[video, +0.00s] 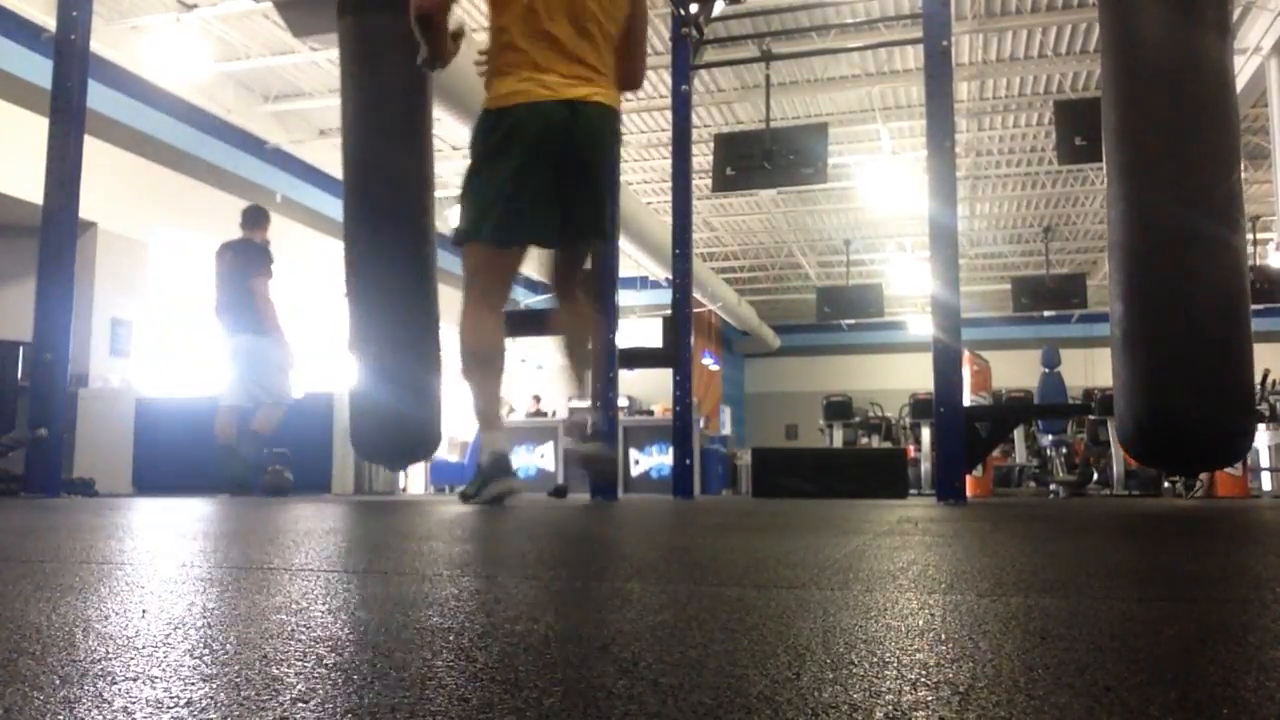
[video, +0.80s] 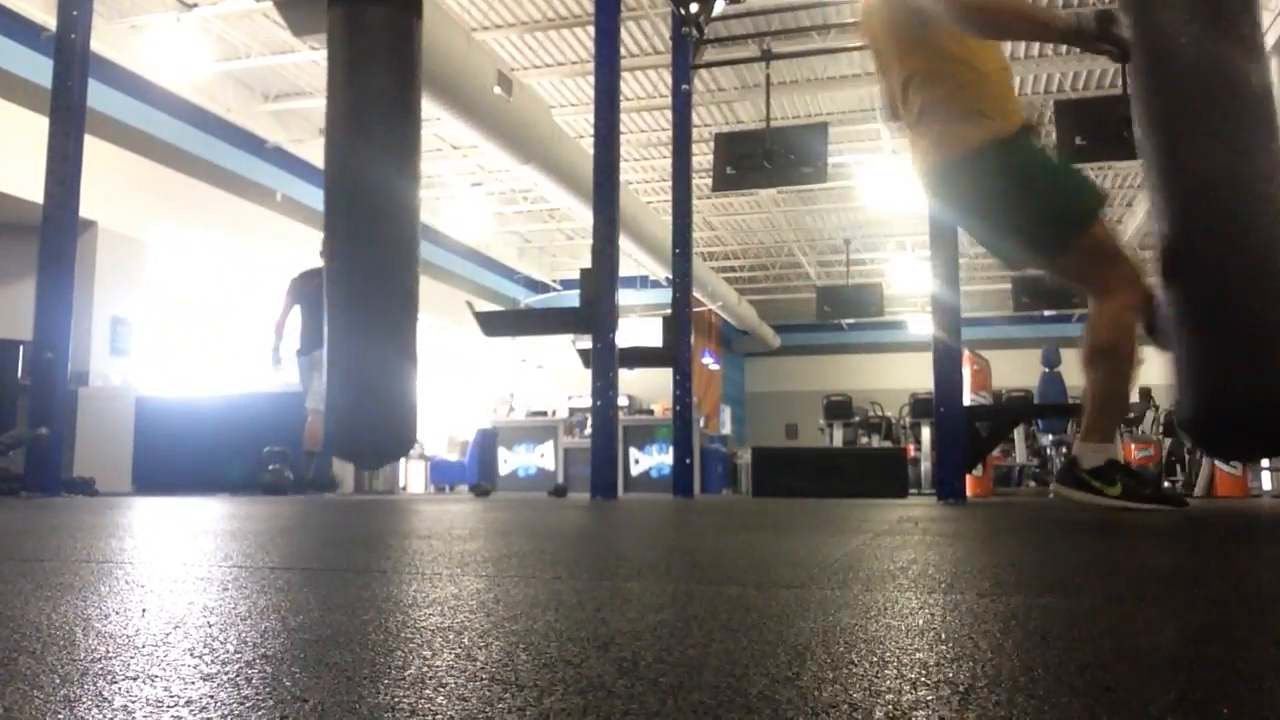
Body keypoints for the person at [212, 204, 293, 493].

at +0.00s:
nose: (265, 233)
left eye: (262, 227)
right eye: (265, 228)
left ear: (242, 224)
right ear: (264, 226)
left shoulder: (224, 250)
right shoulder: (259, 252)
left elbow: (222, 302)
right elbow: (261, 297)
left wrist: (233, 330)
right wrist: (280, 339)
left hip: (234, 335)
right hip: (259, 335)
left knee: (232, 398)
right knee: (277, 398)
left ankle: (228, 464)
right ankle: (249, 452)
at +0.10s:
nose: (275, 237)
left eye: (272, 231)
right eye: (276, 231)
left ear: (252, 229)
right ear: (275, 231)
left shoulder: (234, 253)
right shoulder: (270, 255)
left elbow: (231, 303)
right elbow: (267, 300)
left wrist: (241, 332)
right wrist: (279, 340)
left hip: (241, 334)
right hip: (264, 334)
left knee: (236, 398)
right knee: (284, 398)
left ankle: (230, 466)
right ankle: (277, 462)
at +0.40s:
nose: (307, 248)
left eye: (303, 242)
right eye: (309, 243)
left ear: (288, 241)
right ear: (309, 243)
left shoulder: (267, 267)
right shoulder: (306, 270)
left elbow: (263, 308)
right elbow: (303, 308)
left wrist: (266, 340)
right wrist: (307, 345)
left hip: (270, 349)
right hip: (299, 348)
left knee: (260, 407)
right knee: (305, 413)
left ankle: (240, 464)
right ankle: (304, 474)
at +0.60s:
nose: (326, 250)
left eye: (322, 244)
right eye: (328, 246)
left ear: (307, 244)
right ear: (328, 246)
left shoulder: (287, 271)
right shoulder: (328, 273)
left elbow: (279, 313)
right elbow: (330, 314)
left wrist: (275, 348)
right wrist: (336, 348)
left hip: (287, 347)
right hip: (317, 347)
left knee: (291, 408)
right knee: (311, 410)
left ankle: (276, 451)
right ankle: (305, 474)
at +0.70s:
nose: (324, 256)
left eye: (319, 250)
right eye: (330, 251)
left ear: (314, 251)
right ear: (335, 252)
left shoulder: (296, 276)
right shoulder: (341, 276)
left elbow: (279, 317)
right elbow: (348, 316)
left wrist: (271, 351)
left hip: (299, 348)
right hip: (327, 348)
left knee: (306, 409)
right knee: (313, 411)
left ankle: (304, 471)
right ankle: (305, 475)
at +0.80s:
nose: (331, 257)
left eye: (328, 251)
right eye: (332, 252)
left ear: (321, 252)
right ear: (340, 253)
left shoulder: (304, 279)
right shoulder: (348, 279)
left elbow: (283, 317)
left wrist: (276, 348)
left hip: (308, 352)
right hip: (330, 351)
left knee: (316, 410)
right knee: (317, 411)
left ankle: (324, 471)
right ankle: (306, 473)